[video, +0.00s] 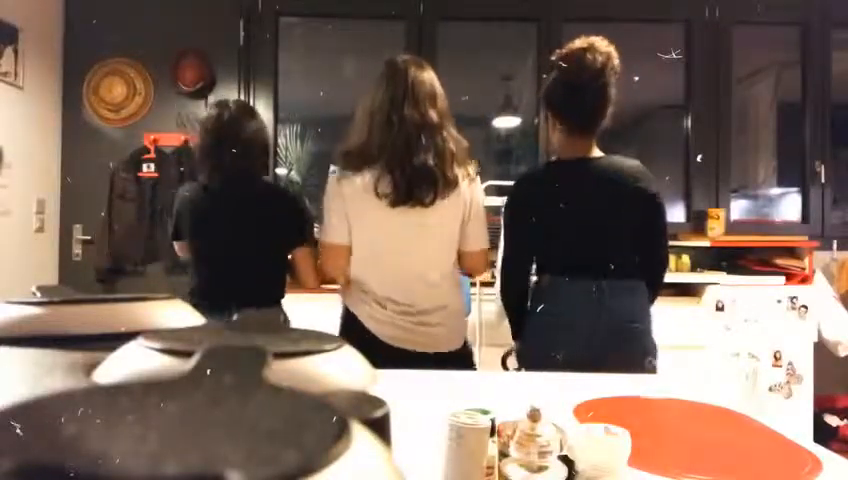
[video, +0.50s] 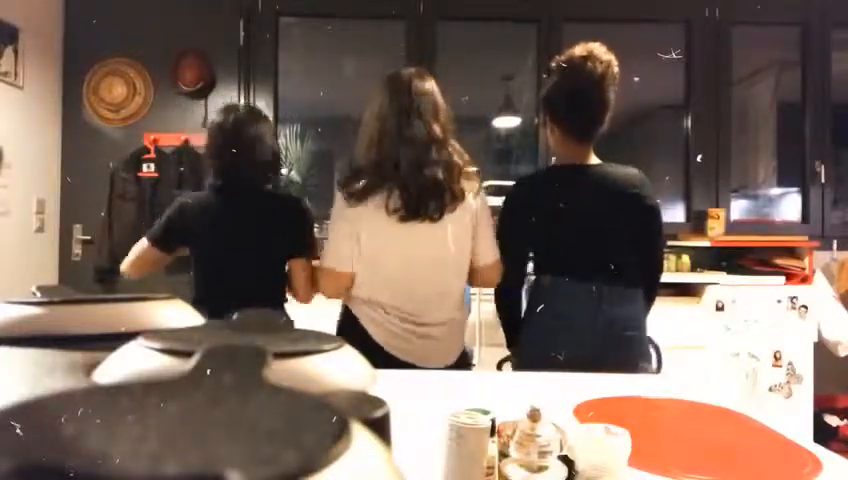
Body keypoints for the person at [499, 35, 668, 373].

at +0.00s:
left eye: (546, 111)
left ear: (551, 114)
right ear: (605, 113)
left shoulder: (529, 187)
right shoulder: (636, 178)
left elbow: (513, 278)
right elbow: (656, 266)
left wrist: (525, 335)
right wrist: (628, 310)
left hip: (554, 318)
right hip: (625, 315)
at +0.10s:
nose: (545, 121)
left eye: (546, 112)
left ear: (551, 116)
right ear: (604, 114)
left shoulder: (529, 187)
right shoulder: (636, 180)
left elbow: (512, 278)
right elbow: (655, 266)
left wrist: (526, 334)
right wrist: (627, 310)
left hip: (555, 318)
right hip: (625, 316)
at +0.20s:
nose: (546, 124)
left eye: (546, 115)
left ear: (551, 120)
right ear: (605, 117)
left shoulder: (531, 190)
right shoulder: (637, 185)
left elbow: (510, 285)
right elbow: (651, 274)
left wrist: (524, 342)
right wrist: (627, 321)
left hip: (552, 329)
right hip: (623, 329)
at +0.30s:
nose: (543, 123)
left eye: (544, 115)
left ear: (550, 118)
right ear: (604, 116)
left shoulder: (530, 189)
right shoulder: (636, 183)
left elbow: (515, 280)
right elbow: (655, 271)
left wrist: (522, 339)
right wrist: (628, 321)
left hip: (549, 334)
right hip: (622, 335)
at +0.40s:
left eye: (544, 109)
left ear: (549, 113)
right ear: (604, 114)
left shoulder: (527, 188)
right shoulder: (634, 181)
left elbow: (516, 276)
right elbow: (652, 271)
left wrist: (520, 337)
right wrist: (625, 317)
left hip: (549, 330)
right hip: (622, 332)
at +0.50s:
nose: (543, 126)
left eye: (543, 116)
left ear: (548, 119)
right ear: (603, 119)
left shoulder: (528, 192)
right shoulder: (635, 187)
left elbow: (508, 286)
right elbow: (650, 276)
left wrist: (518, 347)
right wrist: (626, 326)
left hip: (549, 336)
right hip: (620, 339)